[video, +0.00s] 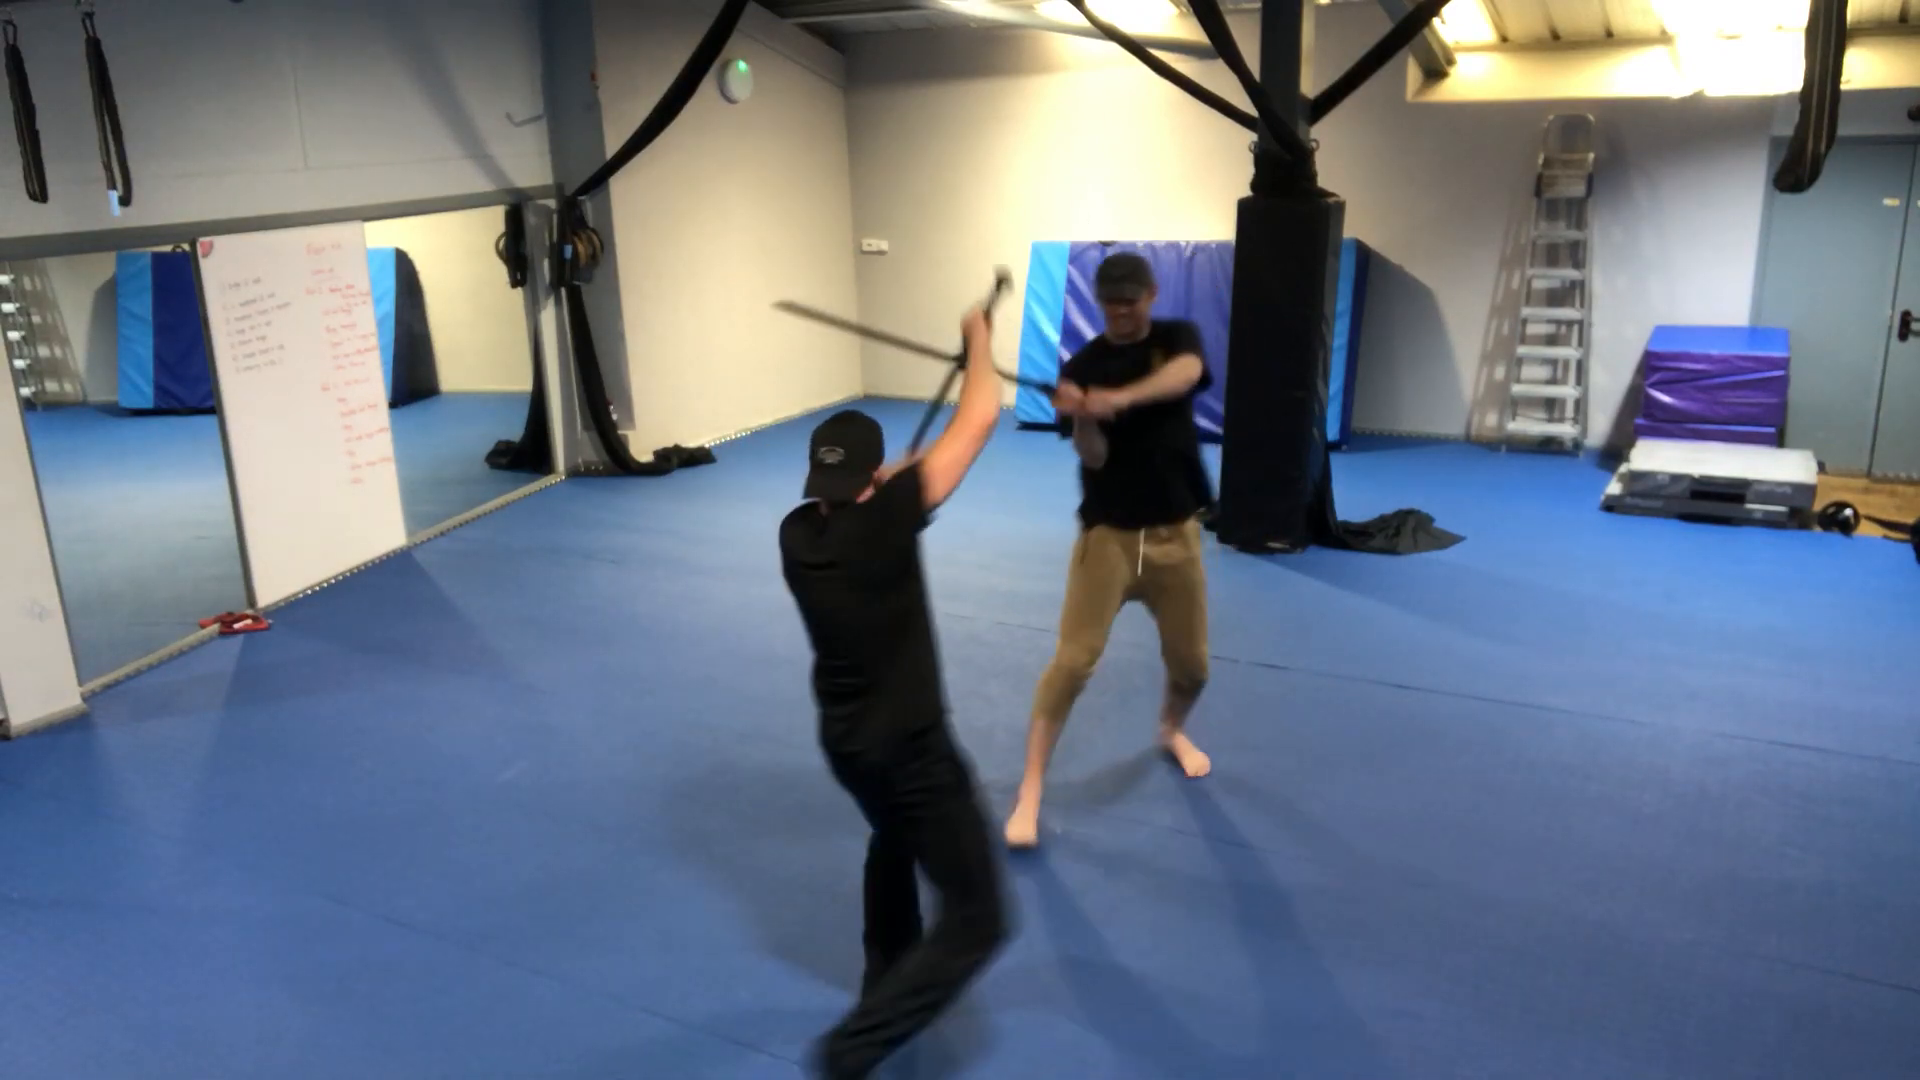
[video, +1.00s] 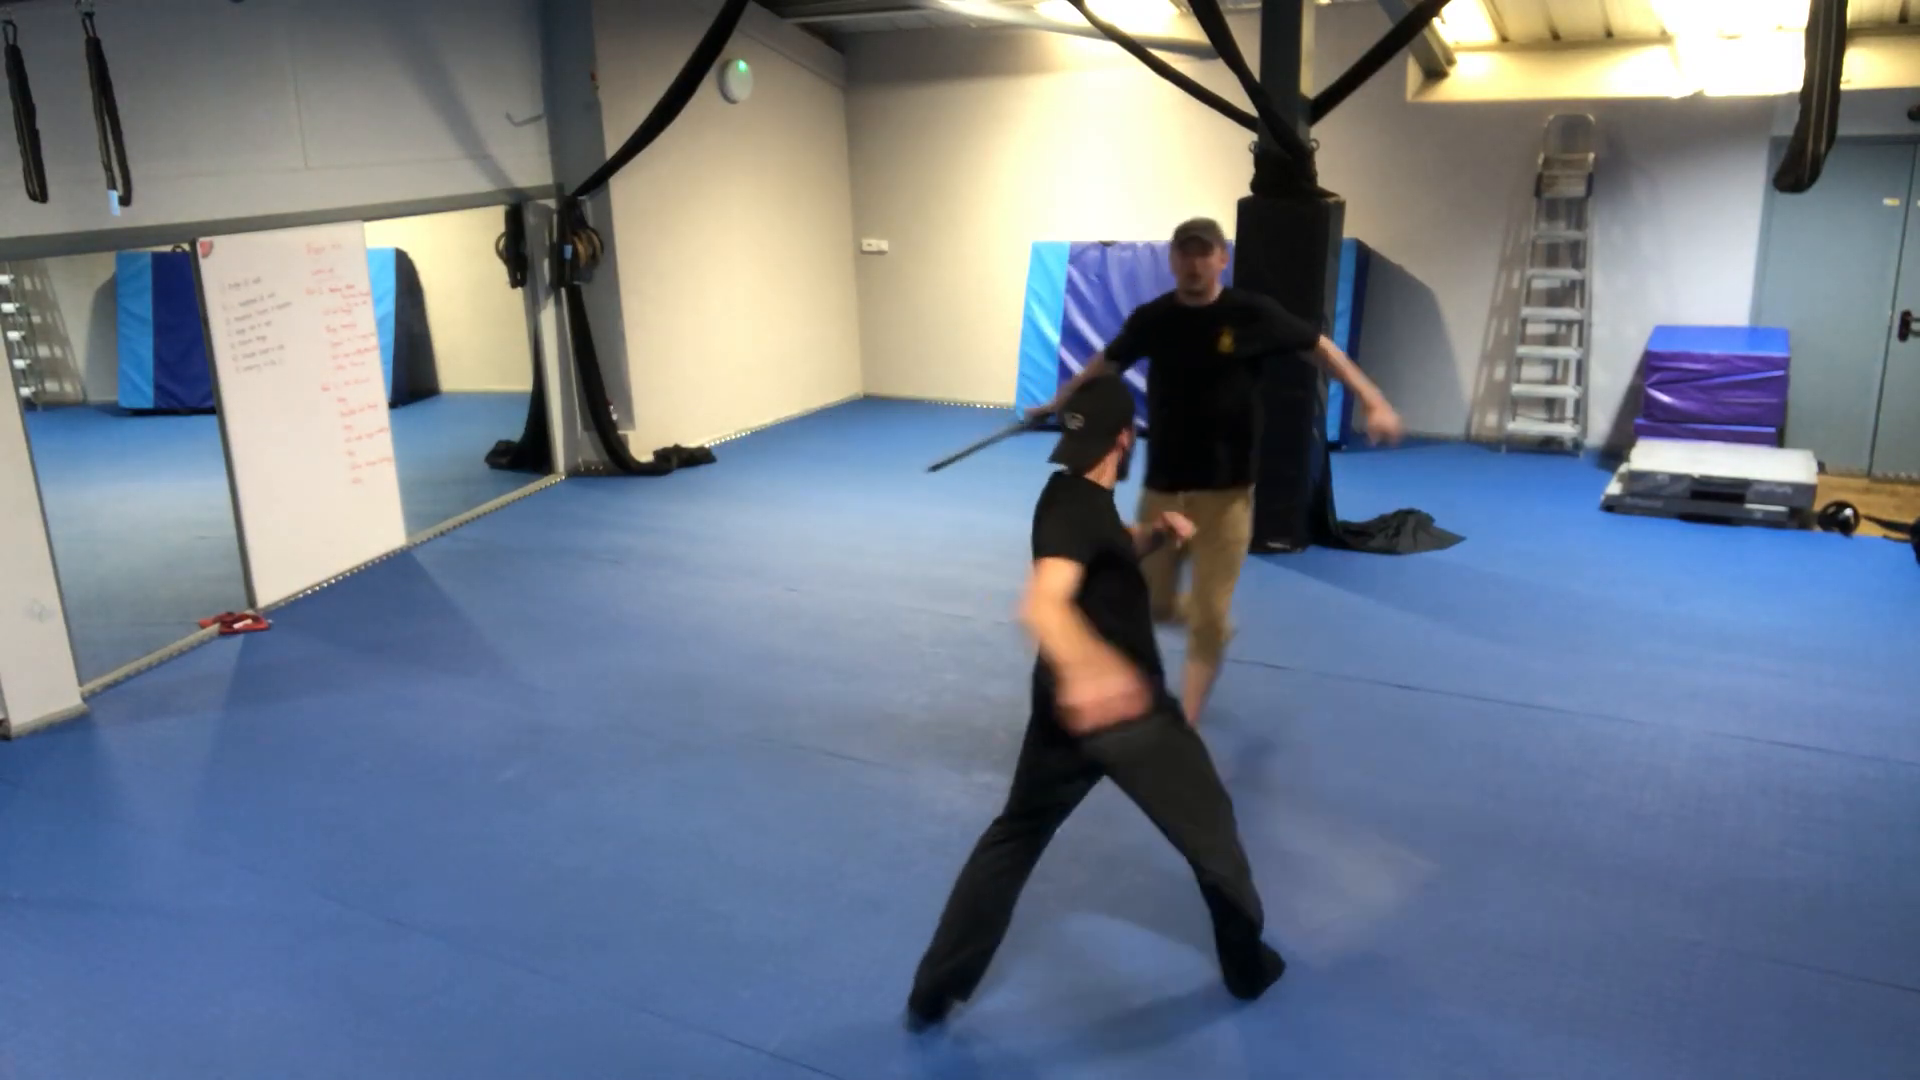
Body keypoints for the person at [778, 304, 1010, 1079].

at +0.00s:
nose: (885, 472)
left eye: (867, 467)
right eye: (880, 464)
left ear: (816, 477)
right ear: (872, 474)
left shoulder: (794, 535)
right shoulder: (888, 513)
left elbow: (865, 500)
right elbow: (979, 417)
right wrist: (979, 341)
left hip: (847, 742)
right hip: (910, 743)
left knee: (892, 838)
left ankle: (890, 987)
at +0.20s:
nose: (958, 440)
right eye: (951, 438)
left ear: (882, 463)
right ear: (945, 459)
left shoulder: (855, 520)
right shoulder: (976, 491)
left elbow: (868, 466)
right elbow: (1004, 382)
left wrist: (932, 425)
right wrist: (954, 327)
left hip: (921, 736)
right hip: (1005, 725)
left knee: (911, 854)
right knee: (1096, 851)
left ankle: (889, 995)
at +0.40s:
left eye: (1033, 448)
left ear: (1032, 462)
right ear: (1092, 464)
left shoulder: (1003, 529)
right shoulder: (1108, 518)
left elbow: (908, 533)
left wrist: (933, 491)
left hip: (1011, 727)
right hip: (1100, 723)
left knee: (945, 851)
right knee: (1173, 840)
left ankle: (891, 994)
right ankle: (1234, 963)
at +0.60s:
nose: (1187, 442)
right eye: (1183, 436)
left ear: (1101, 441)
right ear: (1168, 451)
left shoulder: (1063, 508)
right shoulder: (1188, 499)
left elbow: (1006, 588)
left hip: (1066, 701)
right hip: (1158, 703)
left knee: (995, 816)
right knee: (1211, 820)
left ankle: (938, 968)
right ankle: (1244, 959)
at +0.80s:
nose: (1144, 438)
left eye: (1129, 429)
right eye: (1141, 430)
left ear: (1075, 433)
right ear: (1136, 441)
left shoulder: (1052, 488)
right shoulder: (1156, 504)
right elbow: (1274, 520)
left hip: (1076, 696)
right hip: (1159, 704)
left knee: (1015, 812)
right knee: (1218, 832)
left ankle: (930, 959)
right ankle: (1248, 964)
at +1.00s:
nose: (1131, 441)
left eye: (1127, 430)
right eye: (1129, 432)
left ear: (1070, 434)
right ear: (1119, 442)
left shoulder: (1068, 495)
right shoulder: (1081, 506)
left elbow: (1102, 555)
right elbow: (1042, 604)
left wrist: (1151, 535)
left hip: (1068, 703)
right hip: (1125, 700)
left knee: (1015, 834)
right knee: (1209, 829)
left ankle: (934, 991)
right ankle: (1247, 966)